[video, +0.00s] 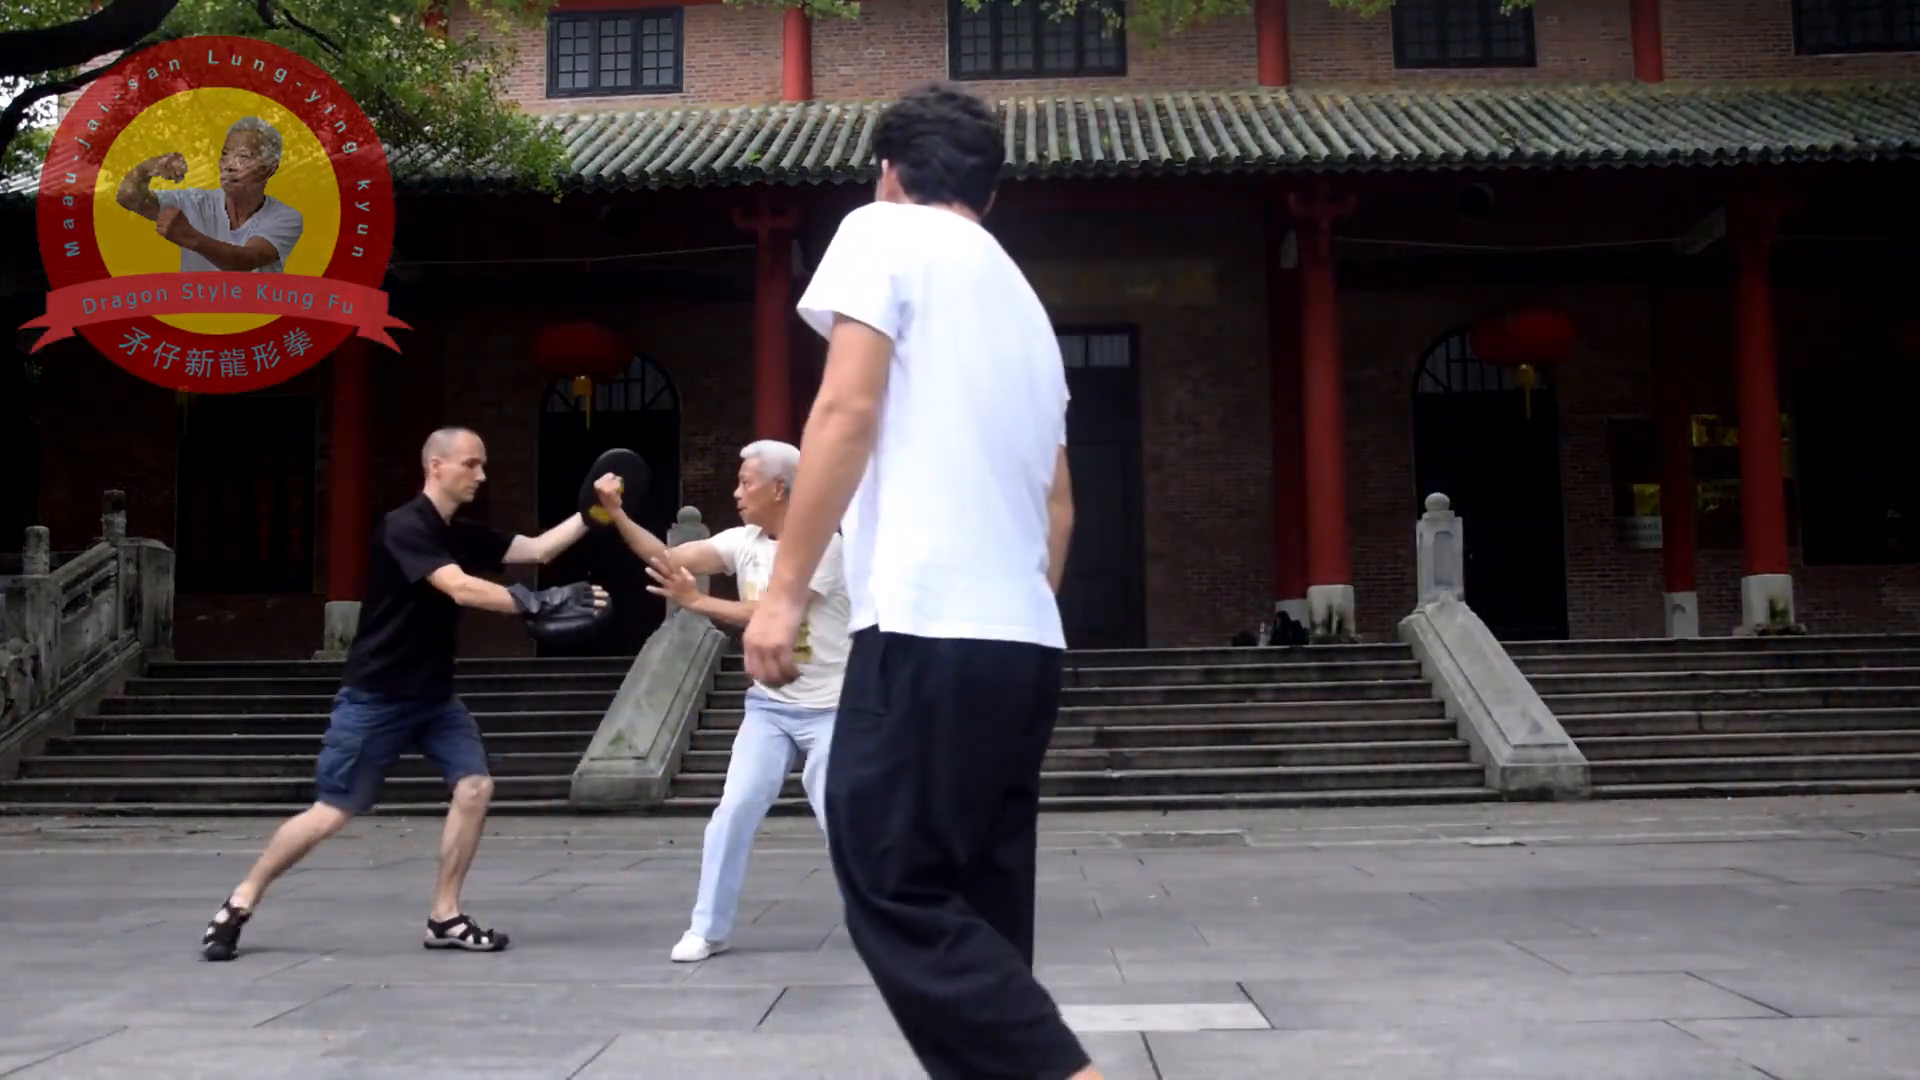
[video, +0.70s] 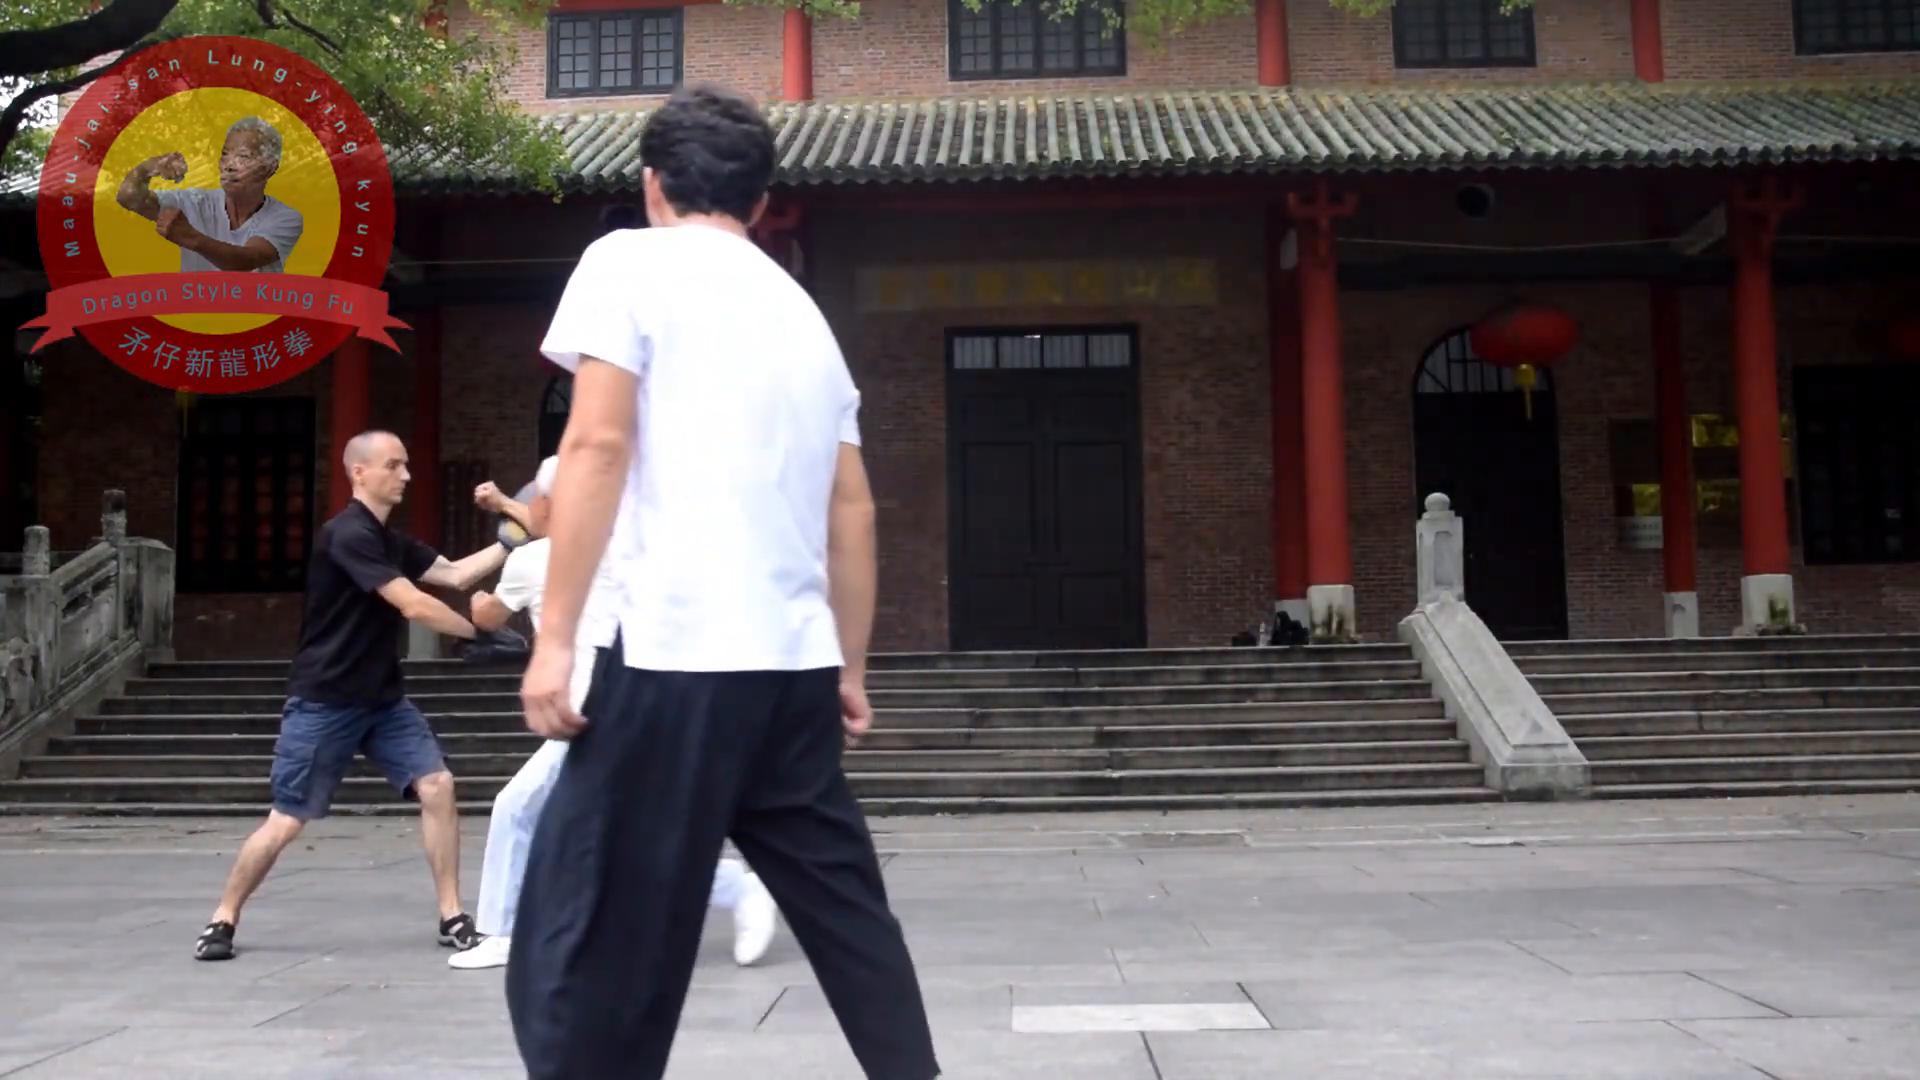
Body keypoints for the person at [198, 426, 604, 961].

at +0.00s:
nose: (481, 474)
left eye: (483, 465)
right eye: (471, 464)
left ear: (457, 471)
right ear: (437, 467)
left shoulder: (460, 530)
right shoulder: (405, 525)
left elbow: (533, 551)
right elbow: (459, 587)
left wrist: (591, 513)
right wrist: (541, 604)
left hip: (434, 698)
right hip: (374, 698)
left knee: (475, 788)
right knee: (332, 813)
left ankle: (445, 917)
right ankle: (241, 901)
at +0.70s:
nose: (405, 475)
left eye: (406, 465)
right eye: (394, 466)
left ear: (393, 474)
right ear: (359, 473)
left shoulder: (388, 536)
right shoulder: (347, 534)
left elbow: (455, 574)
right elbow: (413, 605)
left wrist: (517, 538)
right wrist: (478, 631)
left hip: (383, 700)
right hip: (323, 703)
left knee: (438, 787)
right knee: (286, 822)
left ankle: (453, 916)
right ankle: (224, 919)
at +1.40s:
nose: (376, 488)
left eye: (378, 479)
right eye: (367, 481)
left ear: (384, 486)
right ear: (348, 488)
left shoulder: (392, 544)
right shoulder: (328, 543)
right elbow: (374, 606)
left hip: (375, 703)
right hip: (319, 706)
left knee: (430, 809)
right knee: (302, 830)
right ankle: (201, 901)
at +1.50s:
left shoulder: (357, 537)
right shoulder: (277, 541)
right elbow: (310, 616)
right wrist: (372, 634)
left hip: (347, 700)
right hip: (291, 702)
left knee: (402, 814)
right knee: (287, 827)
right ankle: (181, 913)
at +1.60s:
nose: (292, 489)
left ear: (307, 489)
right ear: (257, 487)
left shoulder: (315, 538)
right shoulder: (238, 539)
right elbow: (257, 608)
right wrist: (306, 671)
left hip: (306, 697)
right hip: (250, 699)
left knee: (366, 801)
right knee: (266, 822)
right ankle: (181, 923)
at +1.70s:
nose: (265, 488)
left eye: (270, 483)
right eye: (256, 482)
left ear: (277, 489)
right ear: (236, 487)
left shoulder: (290, 540)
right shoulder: (213, 535)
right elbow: (214, 590)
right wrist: (256, 631)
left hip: (274, 691)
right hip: (218, 691)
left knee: (302, 794)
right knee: (255, 810)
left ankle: (286, 899)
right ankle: (180, 924)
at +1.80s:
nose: (258, 484)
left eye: (262, 480)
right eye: (250, 478)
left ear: (265, 485)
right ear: (218, 482)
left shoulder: (265, 528)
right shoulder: (193, 529)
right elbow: (201, 577)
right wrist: (263, 541)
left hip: (240, 688)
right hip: (190, 686)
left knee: (253, 802)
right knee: (235, 804)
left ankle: (159, 879)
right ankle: (180, 924)